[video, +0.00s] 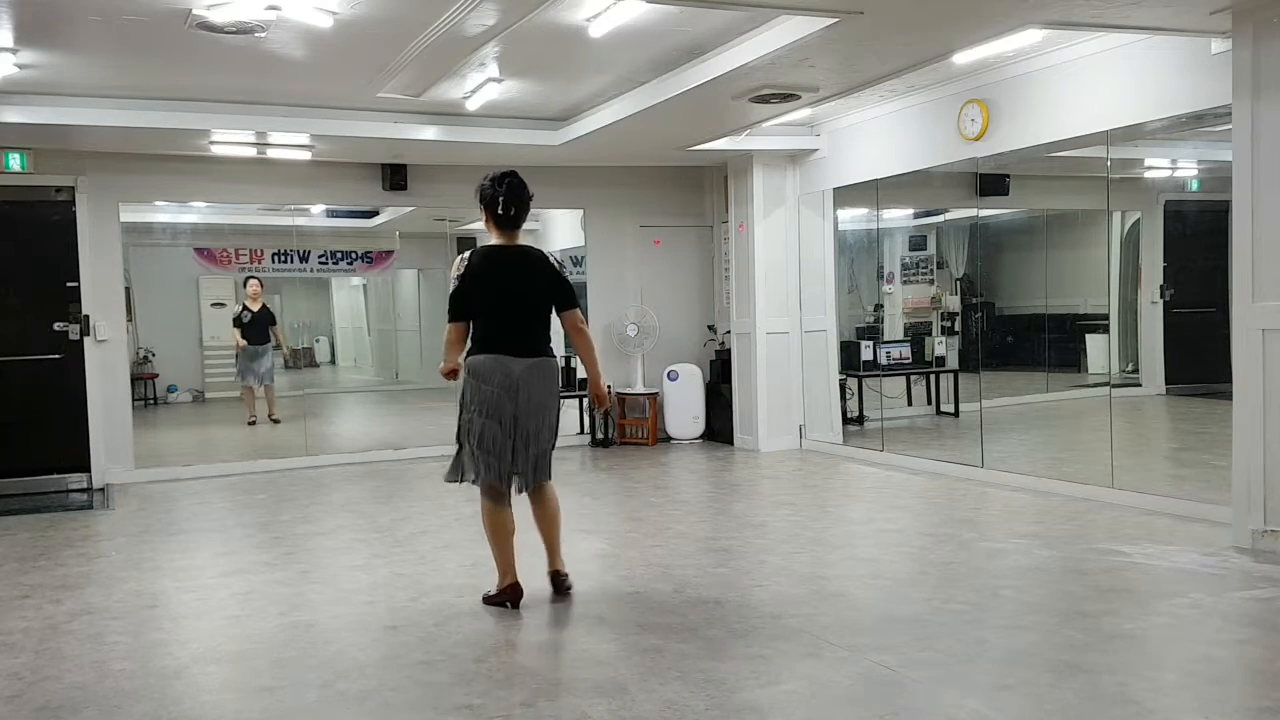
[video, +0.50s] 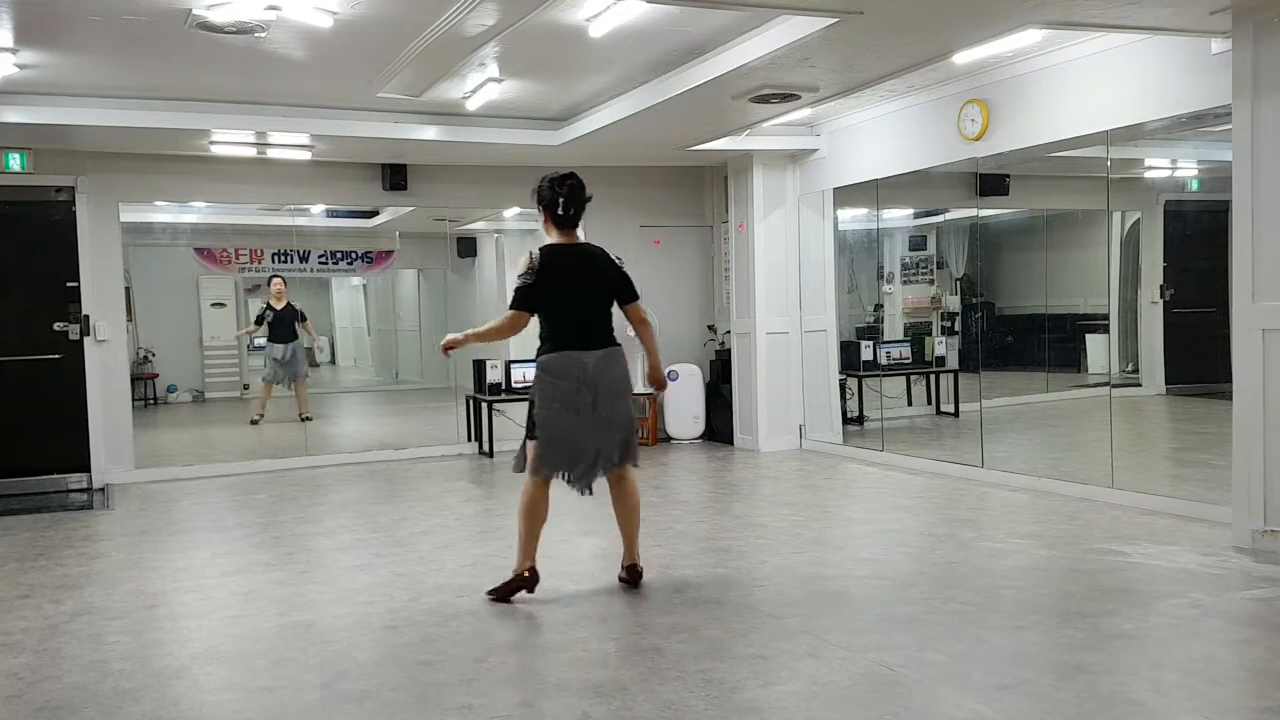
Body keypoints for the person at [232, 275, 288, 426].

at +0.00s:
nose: (254, 289)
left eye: (257, 286)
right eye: (251, 286)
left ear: (262, 289)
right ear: (245, 290)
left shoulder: (267, 309)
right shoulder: (240, 308)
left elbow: (275, 329)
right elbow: (236, 327)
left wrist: (283, 346)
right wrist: (239, 339)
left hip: (265, 349)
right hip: (247, 350)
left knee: (268, 382)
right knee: (247, 384)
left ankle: (272, 412)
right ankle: (252, 414)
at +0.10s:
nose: (258, 289)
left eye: (260, 286)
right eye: (254, 286)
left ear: (264, 289)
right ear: (248, 289)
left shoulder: (269, 308)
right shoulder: (243, 308)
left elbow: (278, 329)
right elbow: (236, 327)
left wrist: (287, 346)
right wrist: (236, 341)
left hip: (269, 348)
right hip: (249, 349)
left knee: (277, 380)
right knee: (250, 384)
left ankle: (283, 412)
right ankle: (253, 414)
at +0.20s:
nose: (261, 289)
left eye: (264, 286)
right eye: (258, 286)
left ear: (268, 289)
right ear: (252, 289)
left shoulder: (273, 308)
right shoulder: (247, 307)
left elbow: (282, 328)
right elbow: (239, 325)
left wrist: (290, 346)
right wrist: (234, 340)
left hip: (273, 349)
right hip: (253, 350)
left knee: (285, 380)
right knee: (252, 384)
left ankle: (295, 411)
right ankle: (252, 414)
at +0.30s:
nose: (267, 288)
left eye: (269, 285)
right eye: (263, 285)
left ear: (273, 288)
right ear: (257, 289)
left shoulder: (278, 307)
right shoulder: (252, 307)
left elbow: (287, 328)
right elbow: (243, 326)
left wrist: (296, 344)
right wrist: (232, 339)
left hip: (279, 348)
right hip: (259, 349)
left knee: (290, 380)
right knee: (256, 383)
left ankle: (301, 411)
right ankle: (253, 414)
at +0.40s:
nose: (273, 287)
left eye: (275, 284)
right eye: (269, 285)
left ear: (279, 287)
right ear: (263, 288)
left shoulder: (286, 307)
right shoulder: (260, 307)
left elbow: (295, 326)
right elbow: (249, 326)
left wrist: (304, 339)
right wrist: (236, 335)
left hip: (287, 347)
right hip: (267, 348)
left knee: (295, 379)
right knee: (261, 382)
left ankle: (302, 411)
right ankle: (254, 413)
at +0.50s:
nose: (278, 287)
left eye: (281, 284)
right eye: (275, 285)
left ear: (285, 287)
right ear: (269, 289)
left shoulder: (294, 307)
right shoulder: (266, 309)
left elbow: (305, 324)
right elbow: (255, 327)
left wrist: (315, 337)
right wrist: (244, 331)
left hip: (294, 347)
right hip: (274, 348)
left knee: (300, 379)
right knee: (268, 380)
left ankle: (303, 412)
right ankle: (260, 412)